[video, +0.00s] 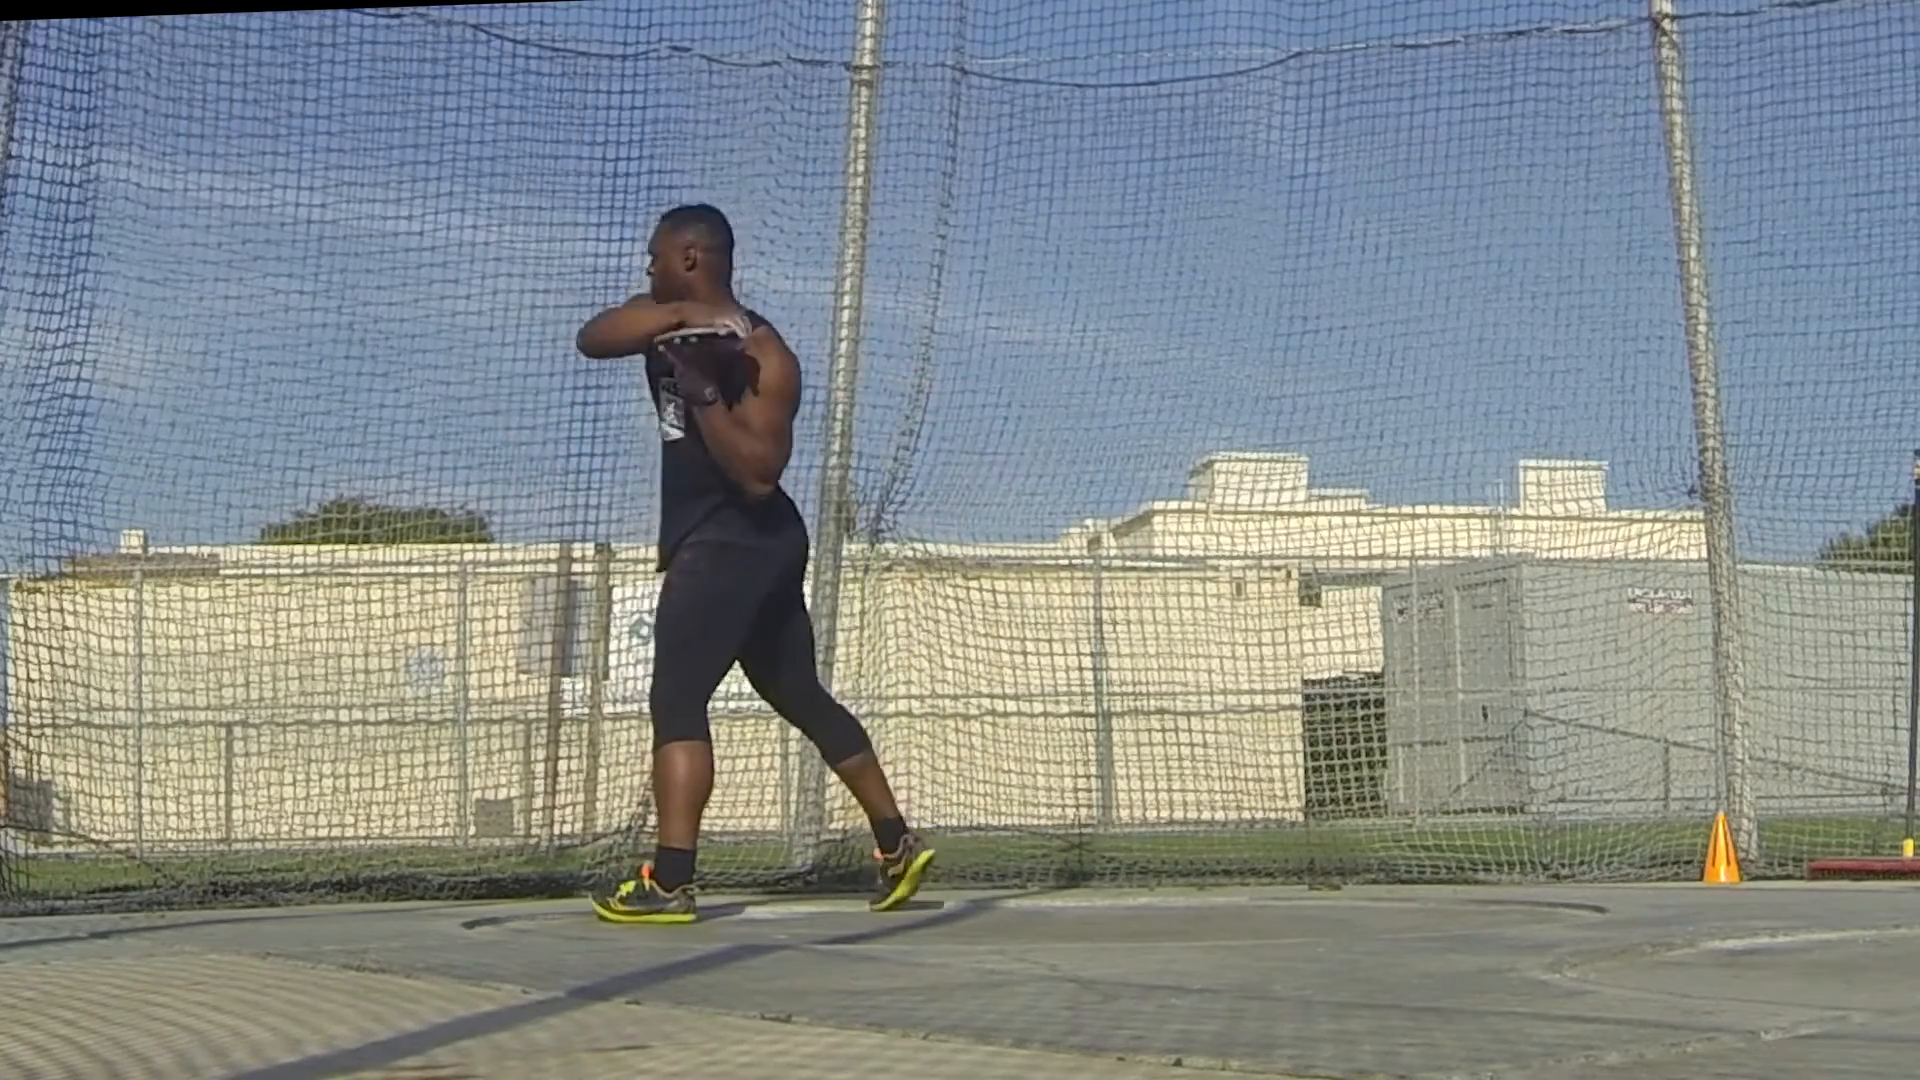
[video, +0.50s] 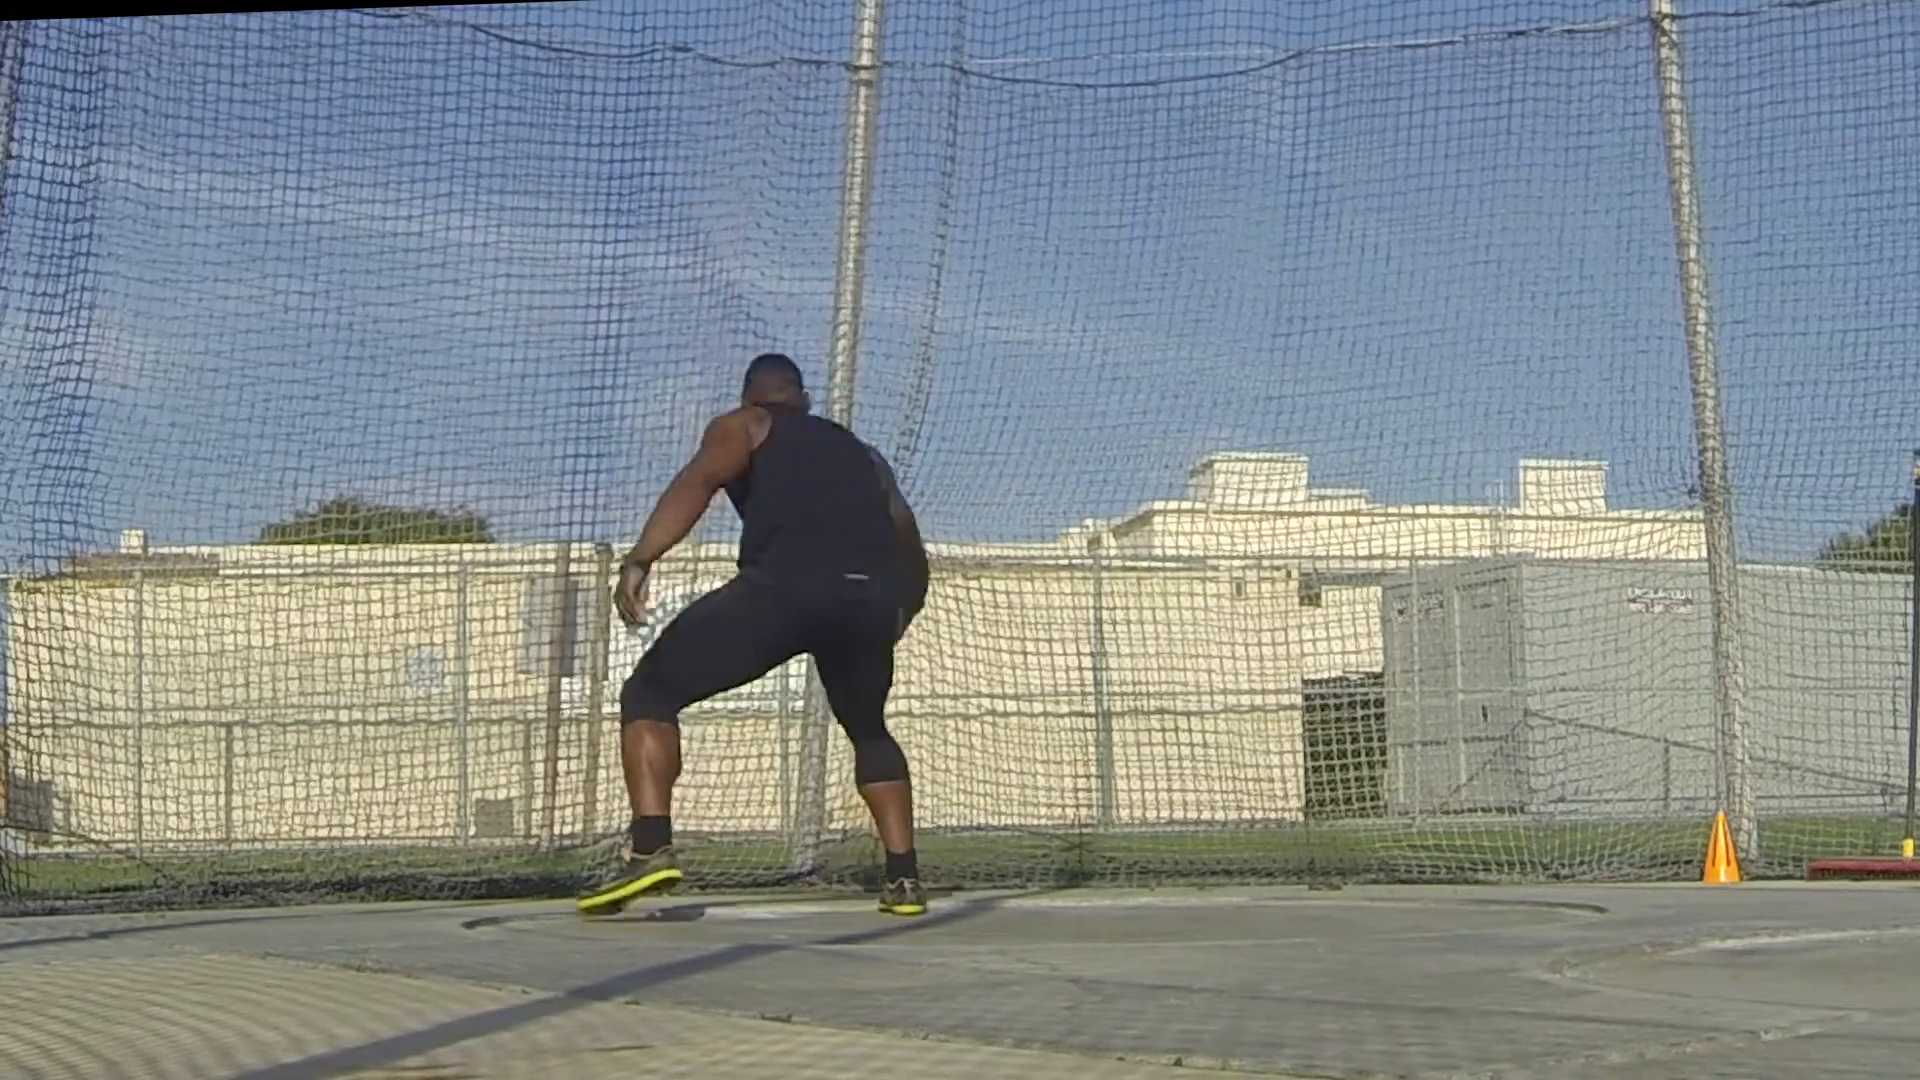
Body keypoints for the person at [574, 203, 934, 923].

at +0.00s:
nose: (649, 271)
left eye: (657, 259)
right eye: (651, 260)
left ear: (693, 259)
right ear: (705, 258)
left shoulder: (770, 357)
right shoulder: (667, 319)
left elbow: (759, 471)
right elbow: (592, 340)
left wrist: (699, 389)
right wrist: (681, 314)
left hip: (730, 543)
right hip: (757, 541)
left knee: (676, 696)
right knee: (799, 694)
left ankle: (671, 878)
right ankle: (897, 842)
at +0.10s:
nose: (634, 295)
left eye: (639, 281)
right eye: (634, 282)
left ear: (671, 276)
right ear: (680, 276)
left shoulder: (757, 361)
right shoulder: (655, 339)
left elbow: (774, 477)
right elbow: (589, 386)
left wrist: (697, 418)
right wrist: (657, 352)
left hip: (749, 549)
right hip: (798, 544)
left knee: (680, 697)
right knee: (807, 698)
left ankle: (670, 879)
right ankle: (904, 857)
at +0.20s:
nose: (630, 345)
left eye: (632, 328)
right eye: (628, 331)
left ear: (659, 318)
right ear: (675, 316)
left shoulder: (743, 380)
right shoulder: (668, 390)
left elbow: (775, 483)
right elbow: (640, 454)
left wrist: (674, 463)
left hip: (775, 561)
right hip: (835, 559)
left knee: (678, 700)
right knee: (826, 707)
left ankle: (669, 879)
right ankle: (903, 869)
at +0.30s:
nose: (651, 393)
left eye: (652, 378)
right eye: (649, 380)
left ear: (677, 369)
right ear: (705, 366)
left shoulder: (726, 405)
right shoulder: (715, 435)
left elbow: (748, 494)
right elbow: (676, 508)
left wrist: (658, 538)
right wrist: (630, 541)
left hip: (796, 579)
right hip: (866, 580)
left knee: (670, 703)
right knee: (844, 715)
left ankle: (666, 881)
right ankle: (902, 876)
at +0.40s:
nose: (701, 417)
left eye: (702, 405)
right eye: (701, 407)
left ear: (714, 396)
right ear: (757, 392)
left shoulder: (731, 421)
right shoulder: (804, 440)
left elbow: (724, 495)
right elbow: (799, 553)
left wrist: (662, 582)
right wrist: (714, 627)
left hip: (797, 586)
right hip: (876, 591)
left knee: (658, 703)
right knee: (861, 724)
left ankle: (662, 879)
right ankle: (904, 876)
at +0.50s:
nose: (747, 416)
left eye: (746, 408)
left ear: (750, 402)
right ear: (805, 401)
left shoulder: (743, 424)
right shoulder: (863, 453)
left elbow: (701, 480)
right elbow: (913, 554)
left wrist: (639, 559)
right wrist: (899, 611)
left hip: (783, 587)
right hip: (873, 599)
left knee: (649, 693)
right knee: (869, 728)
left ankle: (650, 852)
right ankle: (904, 877)